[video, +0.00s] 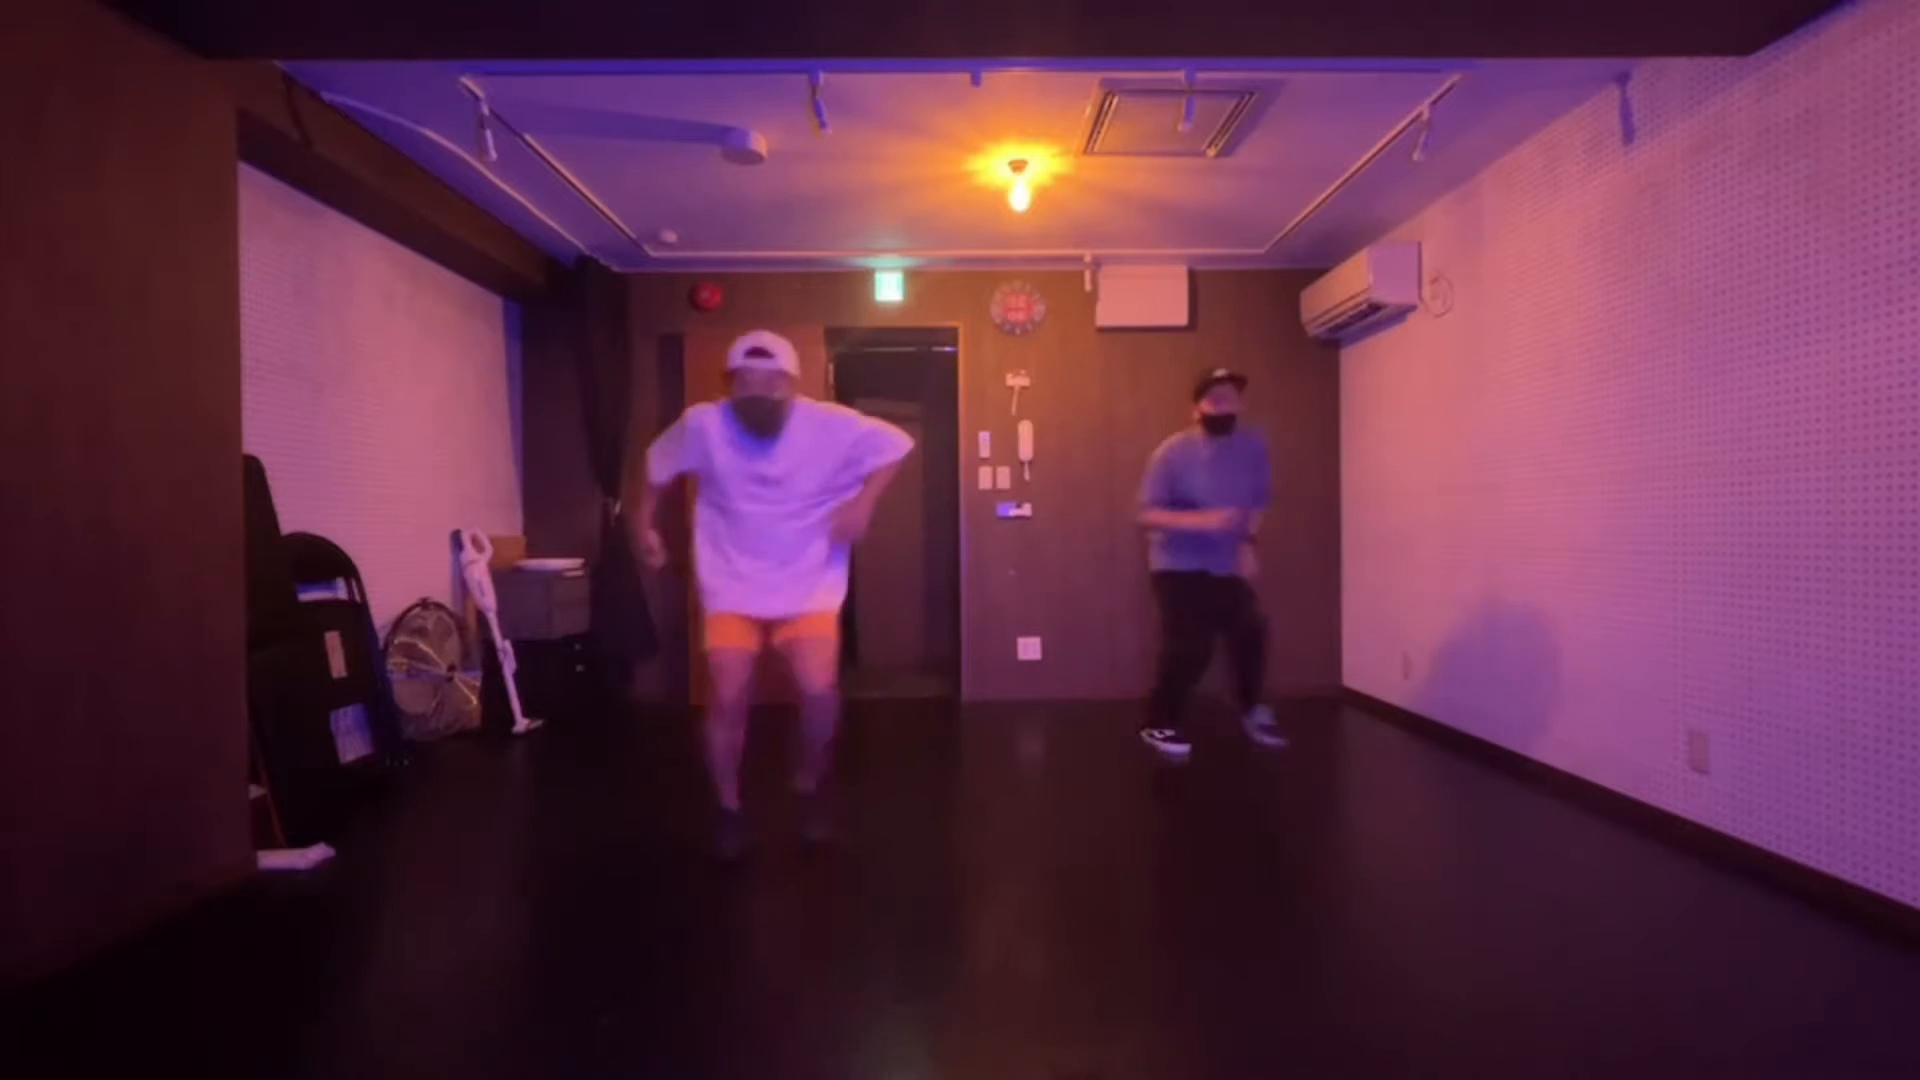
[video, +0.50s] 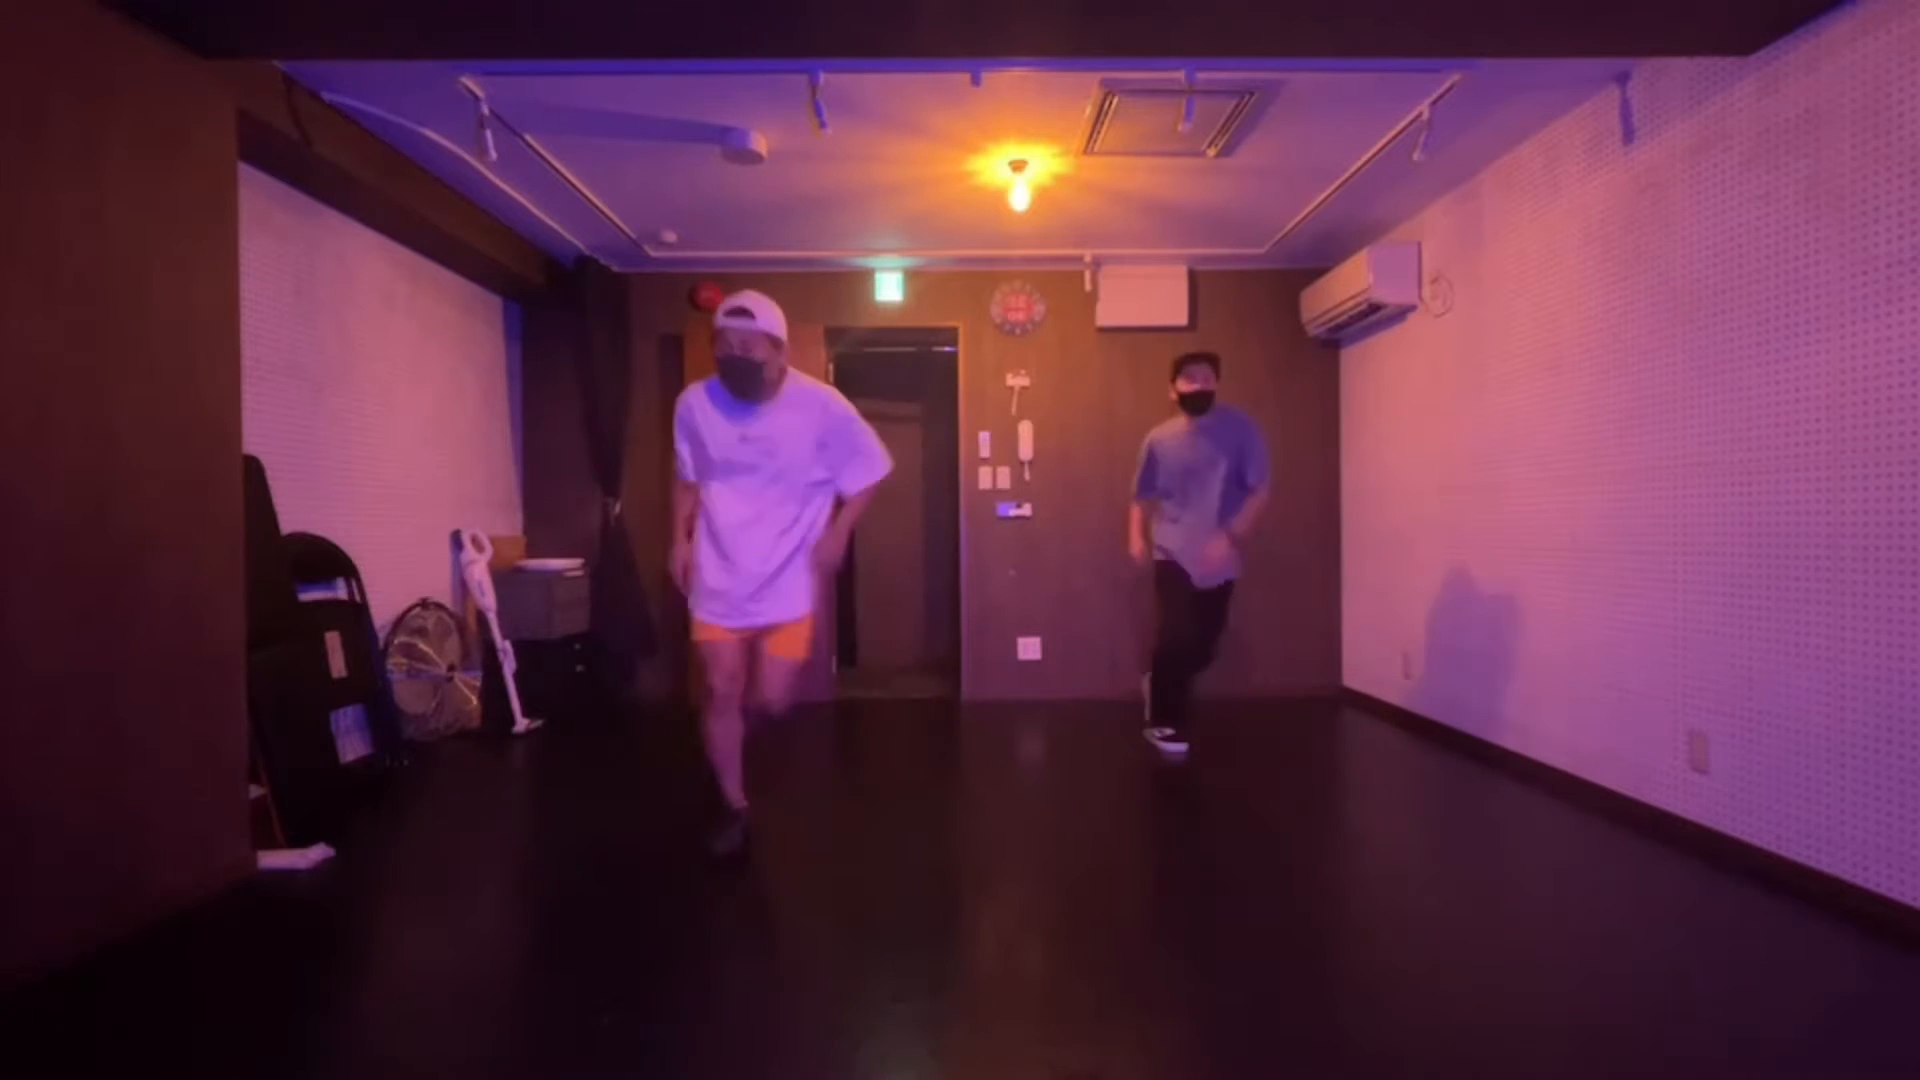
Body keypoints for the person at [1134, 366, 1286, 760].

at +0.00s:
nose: (1225, 408)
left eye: (1231, 399)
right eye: (1216, 399)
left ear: (1240, 404)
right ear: (1198, 405)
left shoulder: (1251, 449)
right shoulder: (1174, 451)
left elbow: (1259, 502)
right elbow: (1146, 512)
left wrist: (1248, 539)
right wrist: (1206, 521)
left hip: (1226, 568)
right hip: (1178, 569)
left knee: (1250, 631)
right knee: (1187, 646)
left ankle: (1252, 708)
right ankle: (1161, 723)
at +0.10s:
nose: (1210, 406)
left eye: (1217, 396)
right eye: (1201, 397)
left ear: (1227, 401)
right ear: (1183, 405)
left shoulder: (1243, 446)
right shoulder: (1164, 453)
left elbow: (1253, 499)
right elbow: (1132, 507)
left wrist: (1230, 532)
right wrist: (1165, 540)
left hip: (1223, 571)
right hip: (1176, 570)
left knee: (1234, 644)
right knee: (1181, 650)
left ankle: (1217, 701)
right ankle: (1163, 723)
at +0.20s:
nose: (1200, 394)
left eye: (1206, 386)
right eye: (1191, 386)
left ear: (1216, 391)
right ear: (1173, 394)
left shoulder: (1237, 439)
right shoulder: (1150, 448)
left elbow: (1255, 491)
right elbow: (1122, 497)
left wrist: (1226, 510)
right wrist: (1141, 543)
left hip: (1221, 570)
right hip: (1171, 568)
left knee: (1228, 655)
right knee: (1179, 650)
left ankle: (1174, 697)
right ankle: (1170, 723)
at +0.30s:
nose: (1195, 394)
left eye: (1201, 386)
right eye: (1186, 386)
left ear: (1211, 389)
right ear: (1168, 393)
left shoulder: (1235, 434)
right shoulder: (1149, 443)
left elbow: (1258, 484)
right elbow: (1123, 493)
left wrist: (1224, 491)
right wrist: (1123, 534)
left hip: (1217, 566)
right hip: (1167, 563)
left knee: (1203, 651)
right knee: (1172, 646)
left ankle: (1152, 695)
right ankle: (1177, 723)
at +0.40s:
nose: (1195, 394)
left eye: (1202, 385)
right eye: (1186, 386)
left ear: (1212, 389)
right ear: (1169, 392)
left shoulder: (1234, 431)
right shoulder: (1151, 441)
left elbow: (1259, 478)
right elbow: (1128, 492)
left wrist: (1219, 492)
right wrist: (1126, 535)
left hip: (1214, 565)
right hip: (1167, 561)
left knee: (1197, 652)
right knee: (1173, 645)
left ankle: (1149, 695)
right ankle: (1177, 722)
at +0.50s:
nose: (1197, 387)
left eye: (1205, 379)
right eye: (1188, 379)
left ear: (1217, 385)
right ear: (1174, 387)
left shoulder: (1237, 429)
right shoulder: (1159, 438)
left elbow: (1259, 487)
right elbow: (1141, 494)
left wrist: (1234, 532)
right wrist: (1137, 537)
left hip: (1217, 551)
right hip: (1171, 549)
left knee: (1204, 646)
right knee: (1176, 637)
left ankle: (1158, 681)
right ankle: (1167, 724)